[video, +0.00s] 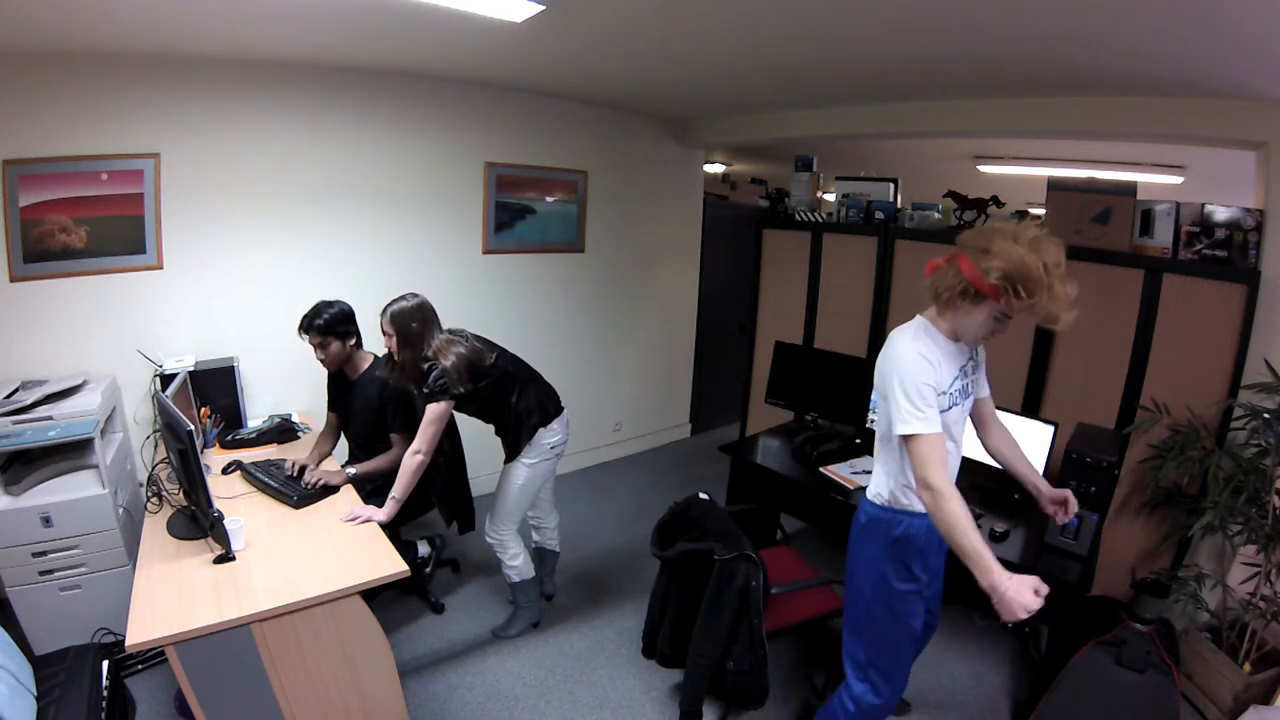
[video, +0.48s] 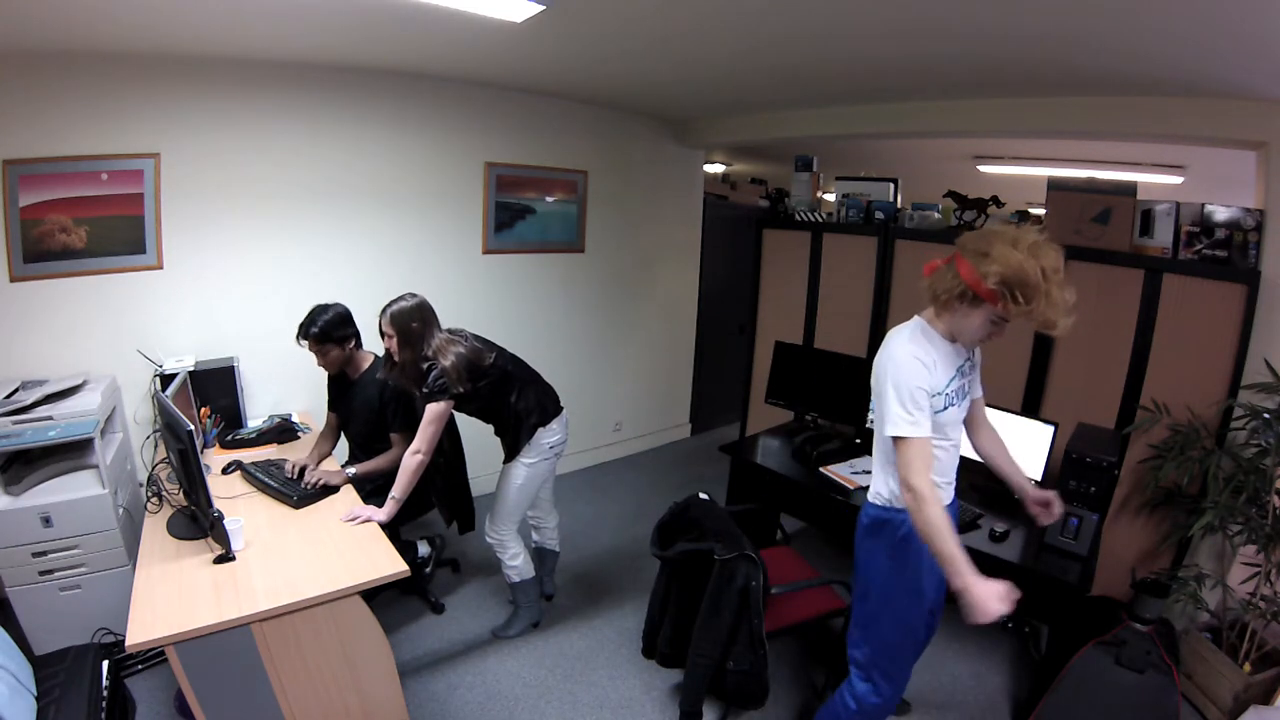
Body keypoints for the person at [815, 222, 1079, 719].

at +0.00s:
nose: (1001, 332)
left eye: (1007, 321)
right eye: (1000, 318)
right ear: (973, 295)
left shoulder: (965, 345)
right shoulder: (909, 355)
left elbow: (988, 424)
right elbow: (932, 485)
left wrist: (1041, 489)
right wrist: (998, 581)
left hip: (930, 527)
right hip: (891, 533)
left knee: (916, 629)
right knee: (874, 688)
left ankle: (881, 694)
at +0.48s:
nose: (997, 335)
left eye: (1004, 325)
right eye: (996, 322)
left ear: (974, 306)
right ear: (967, 299)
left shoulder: (960, 346)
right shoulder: (905, 357)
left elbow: (977, 423)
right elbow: (915, 487)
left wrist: (1024, 488)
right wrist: (968, 582)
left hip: (935, 518)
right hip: (895, 529)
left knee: (916, 627)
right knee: (876, 683)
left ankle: (881, 697)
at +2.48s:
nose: (1004, 328)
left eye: (1010, 316)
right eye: (1001, 314)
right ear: (970, 291)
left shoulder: (959, 339)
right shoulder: (910, 352)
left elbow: (974, 417)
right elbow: (922, 482)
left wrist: (1014, 489)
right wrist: (977, 578)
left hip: (929, 513)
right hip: (894, 521)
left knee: (907, 617)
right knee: (868, 662)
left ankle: (874, 689)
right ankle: (837, 712)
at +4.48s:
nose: (1003, 328)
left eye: (1009, 317)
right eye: (1002, 314)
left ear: (981, 297)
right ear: (974, 292)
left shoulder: (958, 340)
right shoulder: (910, 357)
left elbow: (964, 421)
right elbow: (904, 485)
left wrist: (985, 494)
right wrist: (927, 587)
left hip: (947, 512)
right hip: (912, 523)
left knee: (909, 616)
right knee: (882, 650)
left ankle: (878, 688)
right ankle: (839, 713)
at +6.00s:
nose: (1008, 327)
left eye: (1014, 316)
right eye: (1006, 313)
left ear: (980, 298)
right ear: (974, 293)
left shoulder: (964, 342)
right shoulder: (915, 353)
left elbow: (983, 417)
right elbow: (936, 482)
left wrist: (1030, 486)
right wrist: (997, 576)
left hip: (934, 520)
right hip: (899, 528)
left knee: (913, 623)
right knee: (873, 676)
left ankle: (881, 690)